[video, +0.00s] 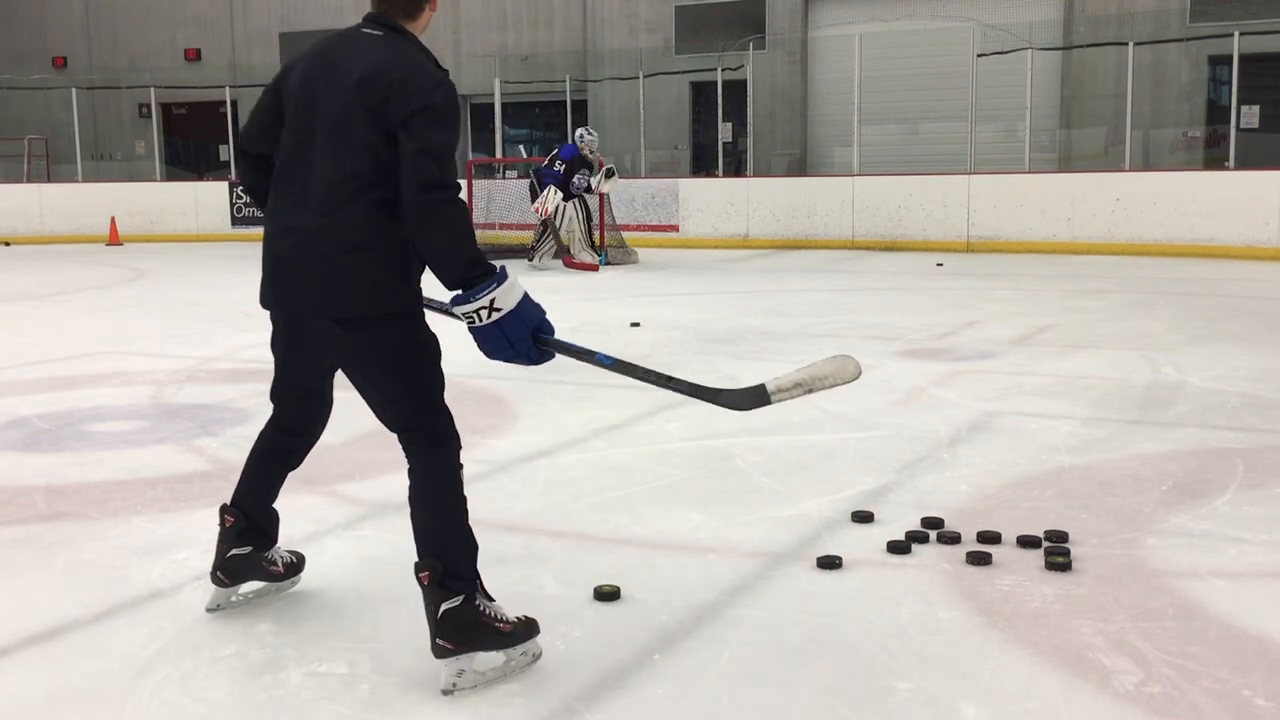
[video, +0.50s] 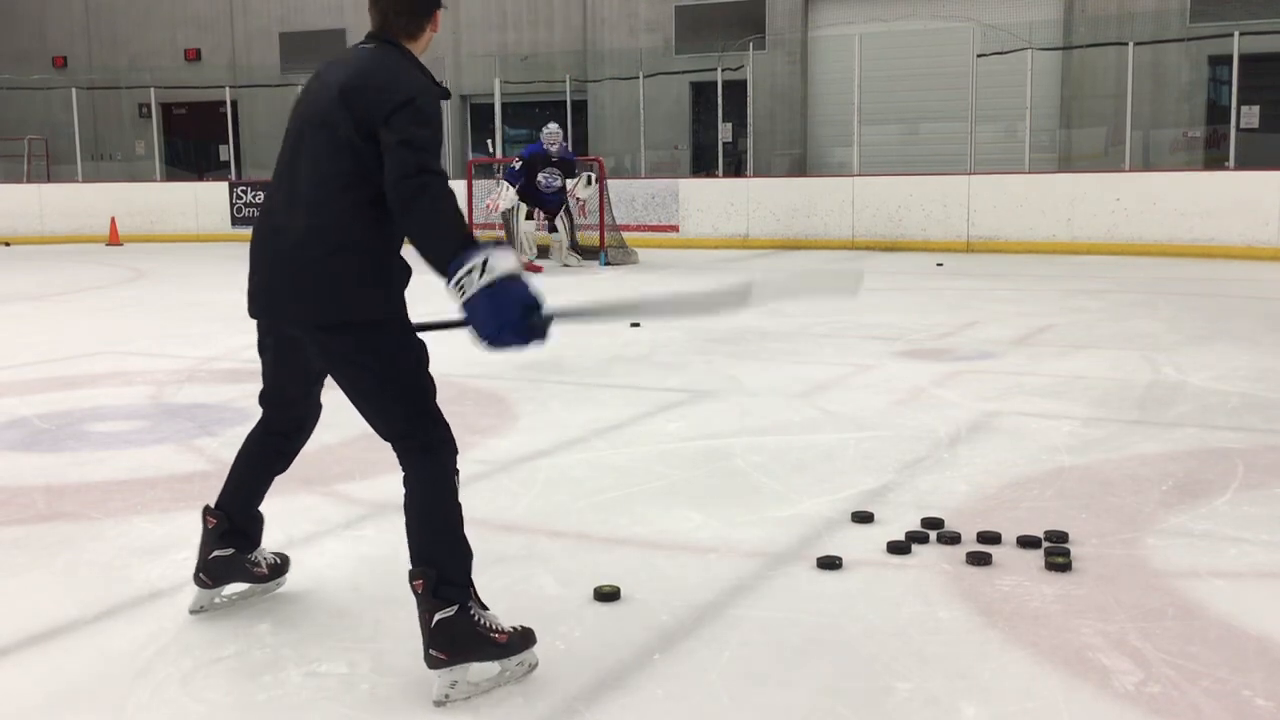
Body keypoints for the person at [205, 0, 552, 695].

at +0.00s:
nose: (438, 14)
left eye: (436, 9)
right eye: (439, 9)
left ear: (371, 4)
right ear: (429, 8)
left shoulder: (309, 60)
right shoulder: (423, 79)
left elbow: (252, 149)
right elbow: (431, 203)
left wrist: (299, 217)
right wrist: (490, 296)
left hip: (291, 285)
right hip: (371, 294)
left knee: (294, 417)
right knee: (431, 440)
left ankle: (240, 545)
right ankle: (456, 606)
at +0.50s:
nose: (439, 26)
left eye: (434, 16)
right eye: (439, 17)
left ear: (375, 16)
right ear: (431, 23)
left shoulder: (331, 74)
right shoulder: (405, 84)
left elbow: (318, 187)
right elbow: (417, 189)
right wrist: (475, 271)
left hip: (280, 290)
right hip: (351, 298)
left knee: (283, 422)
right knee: (428, 450)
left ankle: (223, 546)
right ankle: (449, 614)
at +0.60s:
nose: (448, 38)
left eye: (444, 26)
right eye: (448, 27)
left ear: (384, 22)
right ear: (439, 31)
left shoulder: (349, 81)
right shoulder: (402, 83)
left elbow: (345, 208)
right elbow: (422, 152)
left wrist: (393, 300)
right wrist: (511, 182)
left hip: (273, 285)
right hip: (341, 292)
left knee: (276, 417)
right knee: (424, 447)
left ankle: (207, 546)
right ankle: (442, 616)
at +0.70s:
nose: (464, 53)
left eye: (463, 45)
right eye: (460, 41)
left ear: (403, 34)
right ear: (447, 40)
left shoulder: (400, 106)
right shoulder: (405, 82)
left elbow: (407, 221)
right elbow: (445, 68)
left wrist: (447, 290)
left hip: (269, 285)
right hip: (331, 298)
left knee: (264, 422)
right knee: (421, 449)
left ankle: (189, 545)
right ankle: (422, 617)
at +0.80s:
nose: (484, 78)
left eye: (485, 66)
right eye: (477, 65)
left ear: (462, 74)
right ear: (451, 63)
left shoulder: (413, 124)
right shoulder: (419, 94)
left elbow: (430, 214)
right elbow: (456, 21)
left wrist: (489, 257)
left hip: (259, 284)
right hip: (324, 296)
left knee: (269, 420)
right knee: (414, 449)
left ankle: (189, 546)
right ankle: (415, 620)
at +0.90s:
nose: (493, 104)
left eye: (494, 94)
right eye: (491, 92)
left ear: (446, 83)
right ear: (474, 86)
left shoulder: (400, 124)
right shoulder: (436, 114)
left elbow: (427, 235)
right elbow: (463, 47)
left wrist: (487, 273)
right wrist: (514, 0)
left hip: (254, 290)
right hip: (326, 302)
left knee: (280, 419)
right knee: (413, 455)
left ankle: (198, 544)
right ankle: (412, 618)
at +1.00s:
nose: (483, 126)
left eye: (483, 116)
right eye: (487, 115)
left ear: (428, 95)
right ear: (479, 107)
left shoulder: (379, 134)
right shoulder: (452, 135)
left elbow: (340, 229)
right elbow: (445, 182)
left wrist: (397, 306)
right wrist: (406, 275)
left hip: (255, 293)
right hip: (329, 307)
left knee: (289, 417)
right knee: (409, 462)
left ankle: (212, 542)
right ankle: (407, 617)